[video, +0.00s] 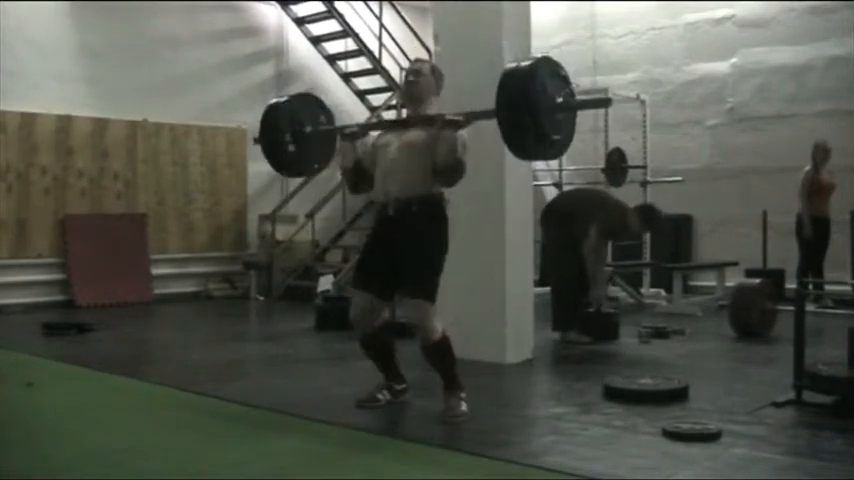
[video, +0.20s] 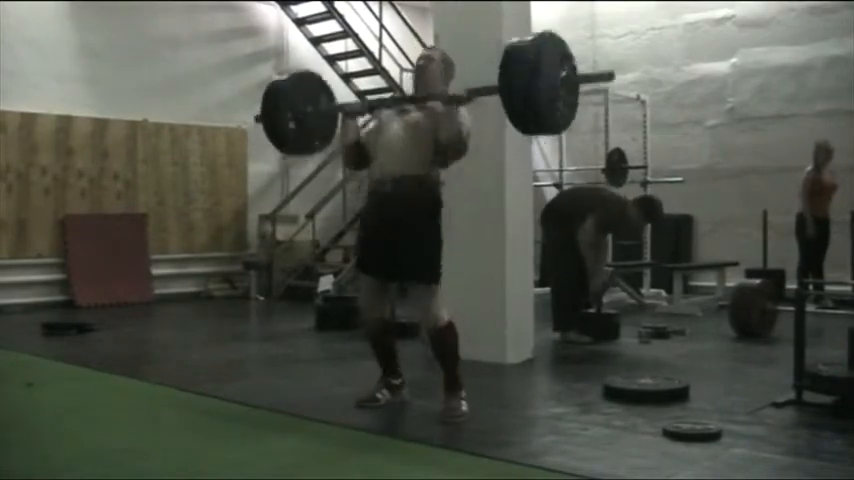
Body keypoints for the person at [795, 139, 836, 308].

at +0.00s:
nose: (825, 157)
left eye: (826, 154)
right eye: (822, 154)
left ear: (828, 156)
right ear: (814, 154)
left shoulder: (826, 174)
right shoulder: (809, 174)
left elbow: (824, 198)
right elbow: (803, 199)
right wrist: (806, 223)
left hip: (822, 219)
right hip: (808, 219)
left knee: (818, 258)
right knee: (806, 258)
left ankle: (819, 293)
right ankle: (802, 292)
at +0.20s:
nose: (827, 158)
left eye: (828, 155)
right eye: (825, 154)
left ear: (829, 156)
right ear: (817, 154)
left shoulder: (827, 174)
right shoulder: (811, 174)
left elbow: (824, 199)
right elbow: (805, 199)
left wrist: (832, 189)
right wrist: (809, 222)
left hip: (822, 220)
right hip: (808, 219)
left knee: (818, 259)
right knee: (806, 258)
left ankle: (819, 294)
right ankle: (802, 293)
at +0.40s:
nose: (828, 158)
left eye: (829, 155)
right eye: (826, 155)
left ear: (829, 157)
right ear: (818, 155)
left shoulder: (825, 174)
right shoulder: (812, 175)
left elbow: (823, 199)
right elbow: (806, 201)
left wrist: (832, 190)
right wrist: (810, 223)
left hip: (821, 220)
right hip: (808, 219)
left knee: (818, 259)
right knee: (806, 258)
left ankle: (819, 294)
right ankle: (802, 293)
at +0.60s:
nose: (827, 159)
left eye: (829, 155)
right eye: (825, 155)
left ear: (830, 157)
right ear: (818, 155)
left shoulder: (827, 174)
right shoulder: (812, 174)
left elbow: (824, 200)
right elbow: (807, 201)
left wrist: (832, 190)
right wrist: (811, 224)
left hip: (821, 220)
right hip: (808, 219)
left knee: (818, 259)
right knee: (806, 258)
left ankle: (819, 294)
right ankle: (802, 294)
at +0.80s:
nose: (827, 159)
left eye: (829, 155)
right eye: (825, 155)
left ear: (830, 157)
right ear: (818, 155)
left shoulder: (827, 174)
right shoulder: (812, 174)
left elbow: (825, 199)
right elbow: (807, 201)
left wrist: (833, 189)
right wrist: (811, 224)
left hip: (821, 220)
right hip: (808, 219)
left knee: (818, 259)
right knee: (806, 258)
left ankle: (819, 294)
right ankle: (802, 294)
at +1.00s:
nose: (827, 158)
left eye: (829, 154)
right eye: (824, 154)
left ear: (831, 156)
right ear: (817, 155)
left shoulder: (830, 173)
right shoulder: (812, 173)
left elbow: (827, 198)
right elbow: (806, 200)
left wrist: (833, 188)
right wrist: (811, 224)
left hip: (822, 219)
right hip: (807, 218)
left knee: (818, 258)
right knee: (806, 258)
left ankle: (819, 294)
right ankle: (802, 293)